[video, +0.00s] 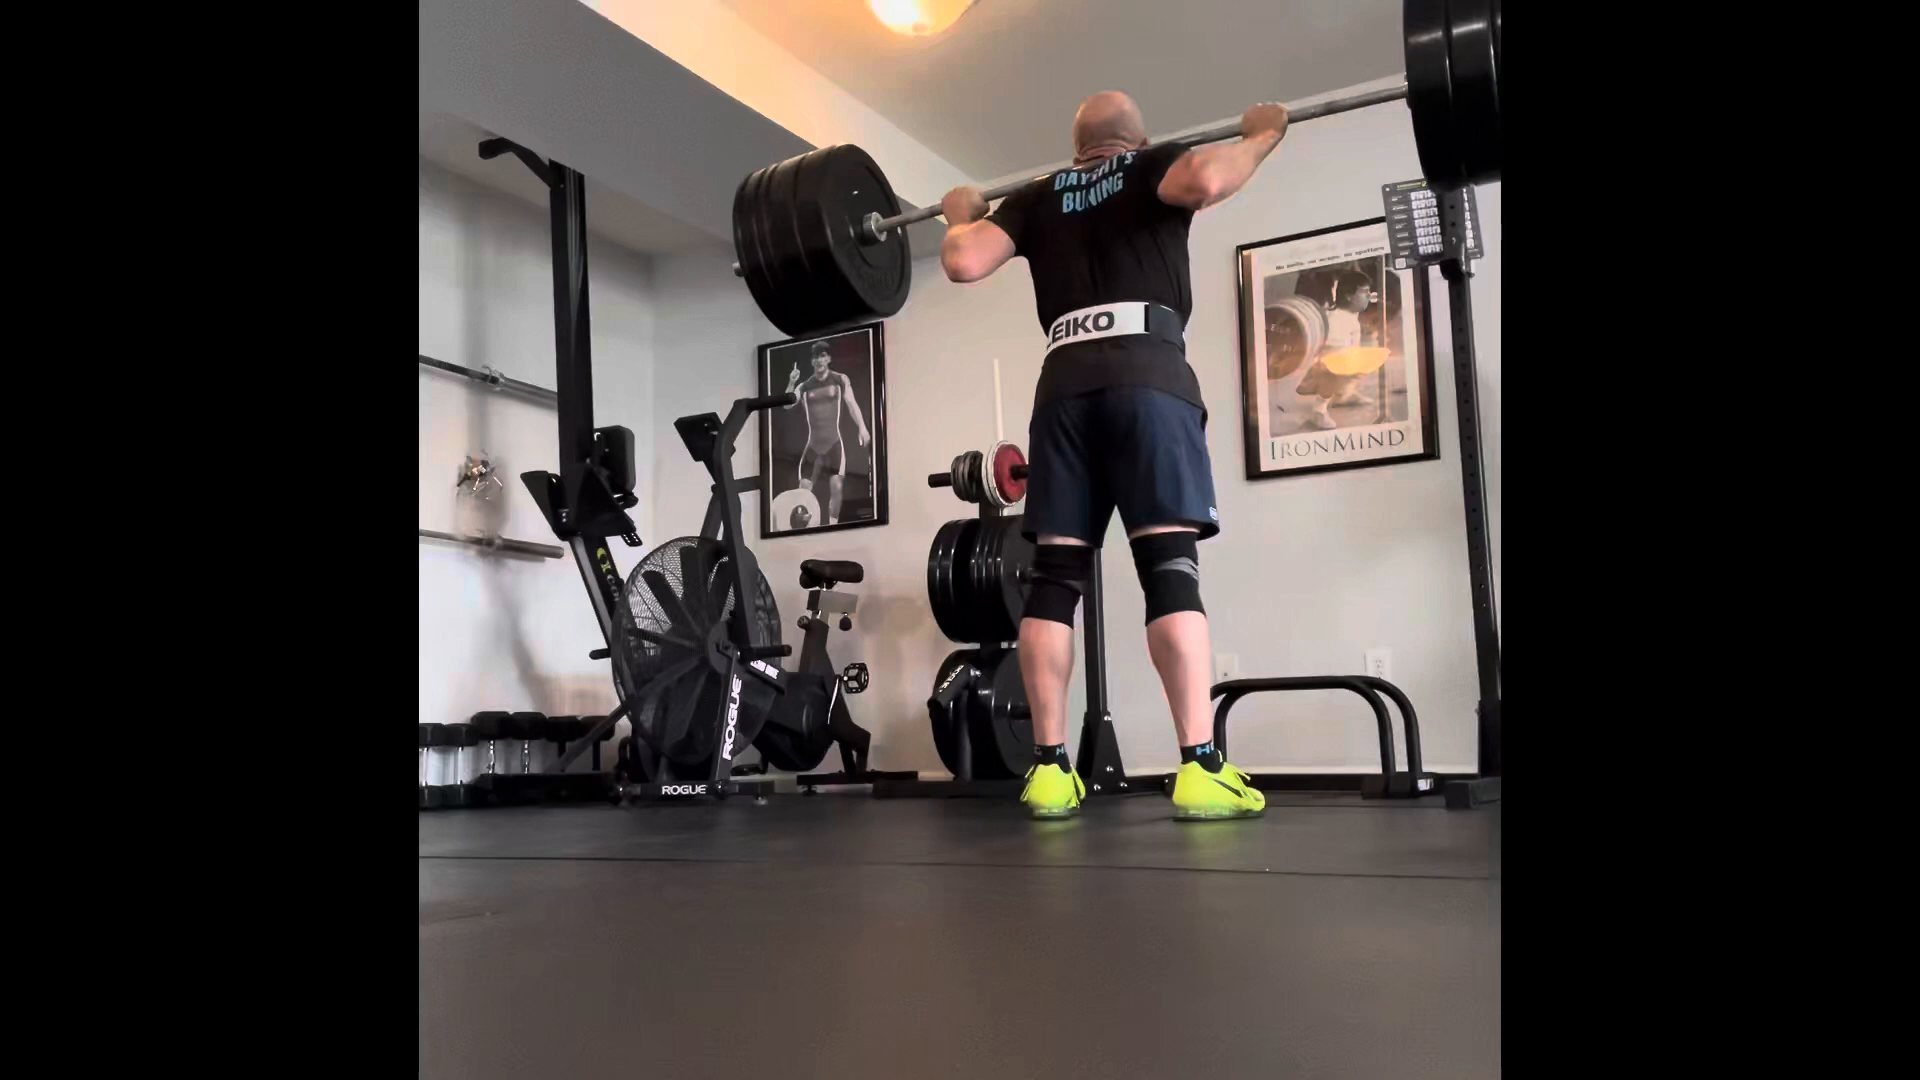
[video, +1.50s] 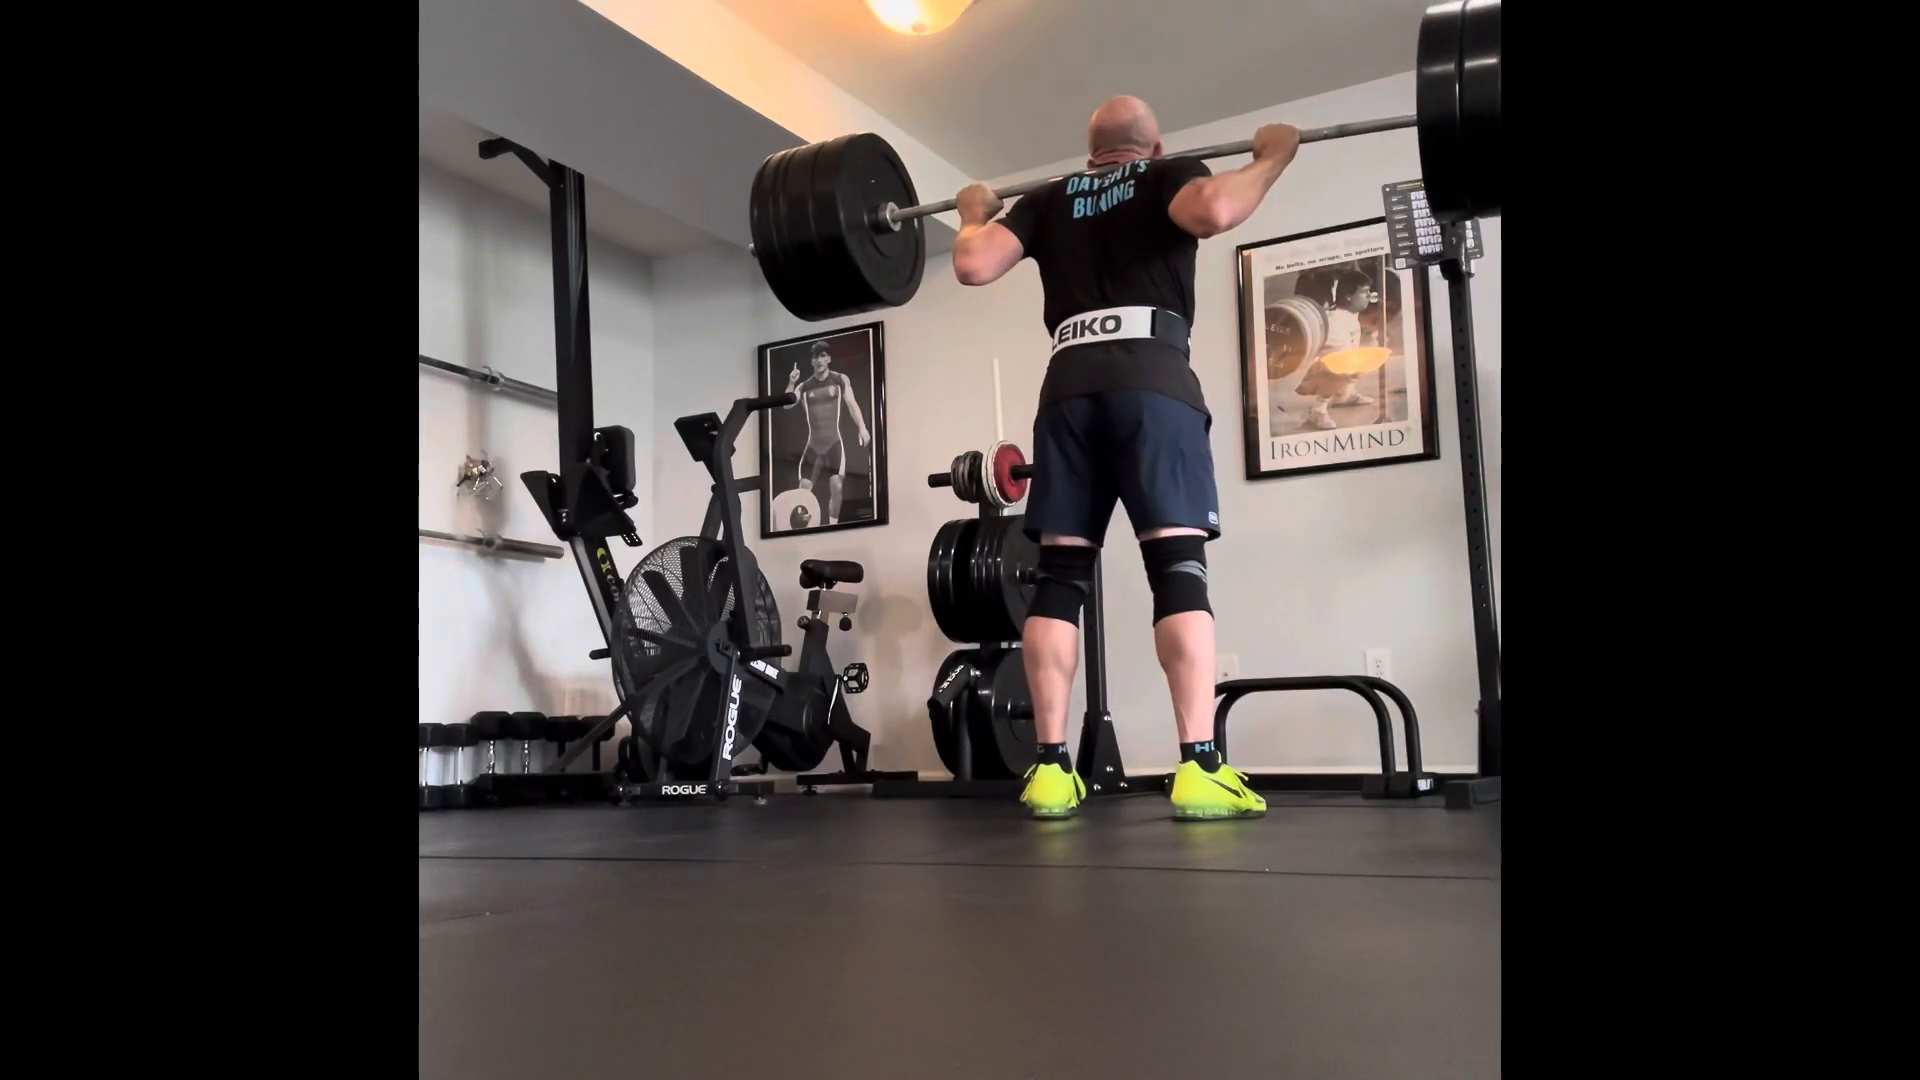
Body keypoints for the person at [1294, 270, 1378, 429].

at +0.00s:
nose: (1369, 296)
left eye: (1368, 292)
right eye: (1364, 292)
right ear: (1349, 295)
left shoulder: (1353, 318)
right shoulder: (1336, 319)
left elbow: (1353, 353)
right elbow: (1329, 357)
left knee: (1362, 365)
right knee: (1339, 371)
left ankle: (1346, 394)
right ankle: (1319, 409)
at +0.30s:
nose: (1369, 296)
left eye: (1368, 292)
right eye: (1365, 292)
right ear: (1349, 295)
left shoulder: (1353, 318)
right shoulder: (1336, 319)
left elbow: (1352, 352)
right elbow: (1332, 358)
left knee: (1361, 362)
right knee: (1339, 369)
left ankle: (1345, 393)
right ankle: (1319, 409)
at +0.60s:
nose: (1369, 296)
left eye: (1368, 292)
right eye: (1365, 292)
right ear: (1349, 295)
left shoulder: (1353, 318)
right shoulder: (1336, 319)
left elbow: (1352, 351)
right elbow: (1331, 356)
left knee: (1361, 363)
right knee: (1338, 369)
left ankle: (1345, 393)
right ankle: (1318, 410)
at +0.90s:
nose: (1369, 296)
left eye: (1368, 292)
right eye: (1365, 292)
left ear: (1350, 296)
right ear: (1349, 295)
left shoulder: (1353, 318)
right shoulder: (1336, 319)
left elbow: (1352, 352)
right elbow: (1330, 357)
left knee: (1359, 362)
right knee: (1340, 367)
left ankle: (1345, 393)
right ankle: (1318, 409)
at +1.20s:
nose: (1369, 296)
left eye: (1368, 292)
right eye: (1365, 292)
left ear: (1349, 296)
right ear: (1348, 295)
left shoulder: (1353, 317)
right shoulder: (1336, 319)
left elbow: (1352, 351)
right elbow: (1332, 356)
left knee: (1357, 362)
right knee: (1339, 368)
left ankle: (1345, 394)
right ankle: (1319, 409)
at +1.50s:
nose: (1369, 296)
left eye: (1368, 292)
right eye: (1364, 292)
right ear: (1348, 296)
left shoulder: (1353, 317)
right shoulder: (1337, 318)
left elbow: (1352, 350)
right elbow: (1334, 354)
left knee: (1358, 363)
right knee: (1339, 369)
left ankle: (1345, 394)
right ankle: (1318, 409)